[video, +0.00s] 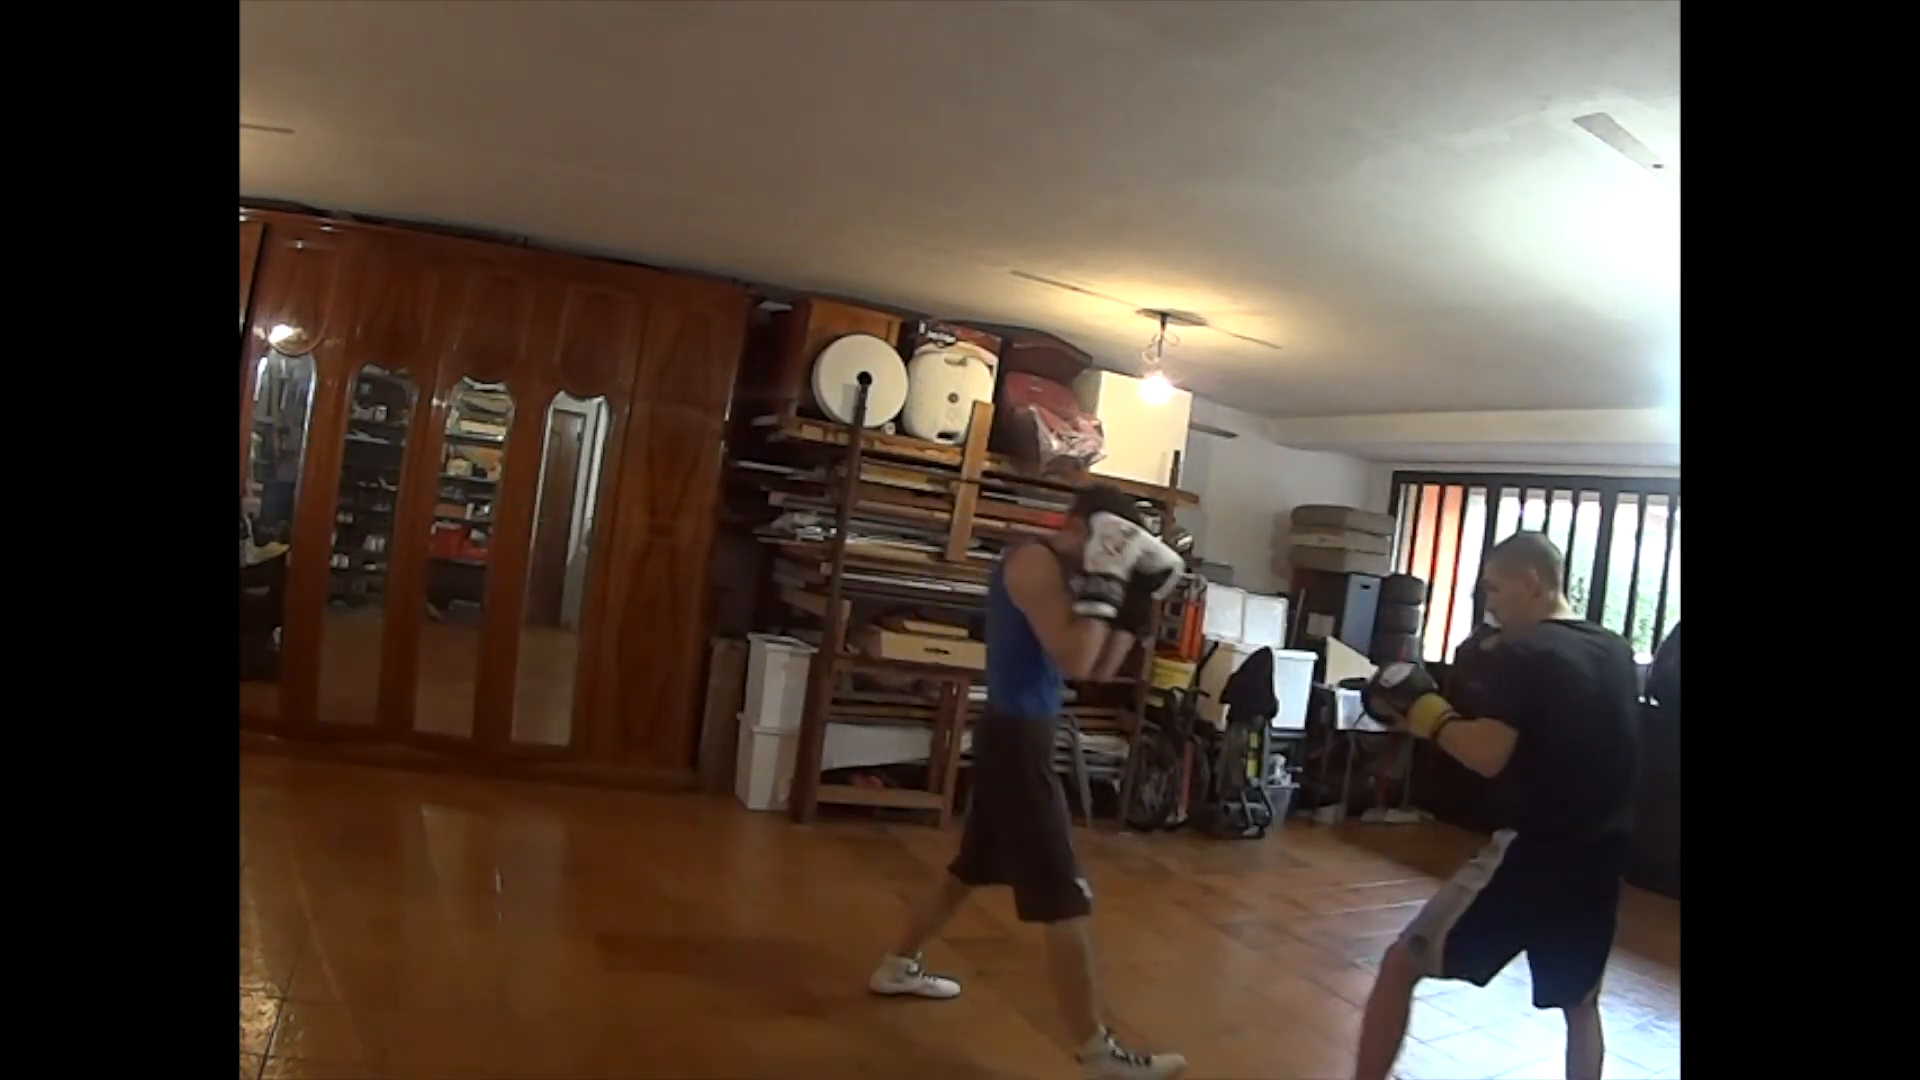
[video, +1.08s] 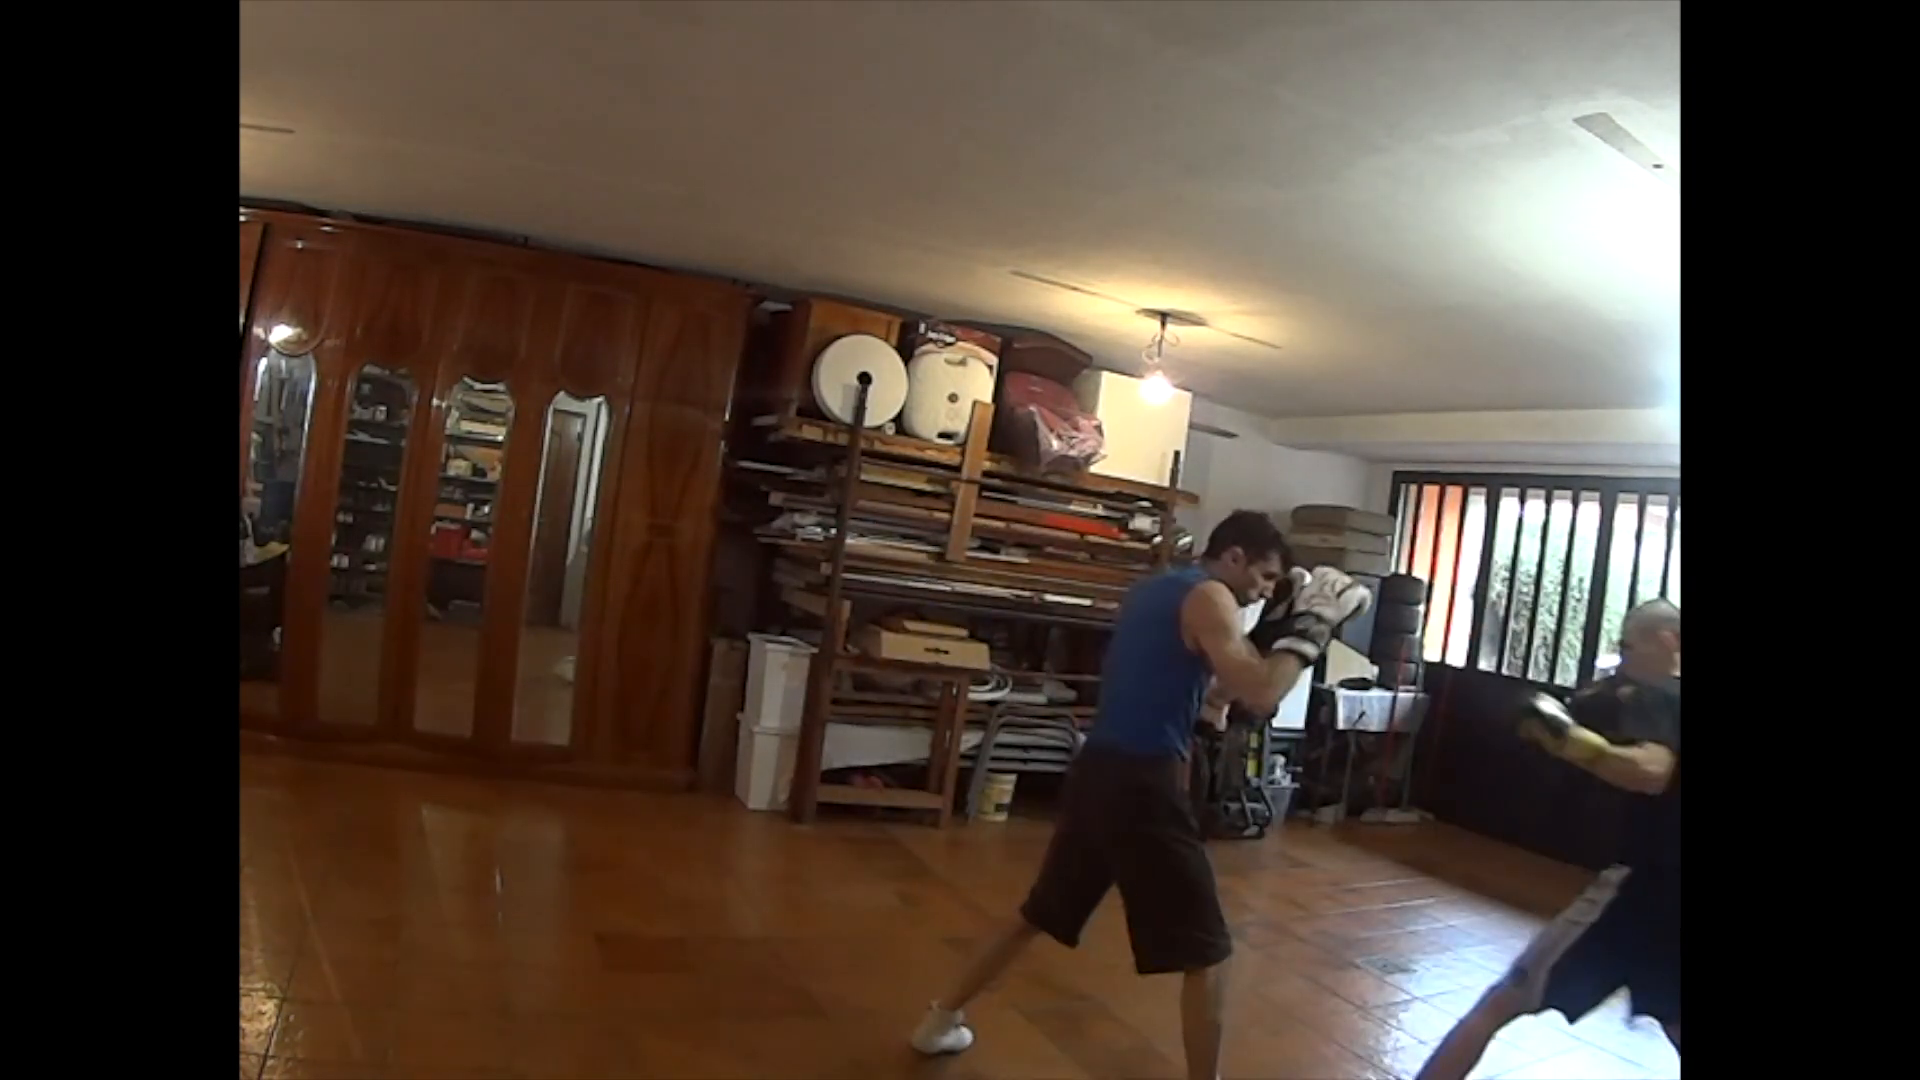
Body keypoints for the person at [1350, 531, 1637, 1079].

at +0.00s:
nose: (1488, 606)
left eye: (1492, 591)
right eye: (1486, 593)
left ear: (1532, 582)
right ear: (1550, 584)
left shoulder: (1520, 652)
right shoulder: (1614, 650)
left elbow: (1487, 753)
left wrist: (1425, 713)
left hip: (1526, 852)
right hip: (1598, 855)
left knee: (1401, 964)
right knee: (1583, 1005)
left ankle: (1366, 1076)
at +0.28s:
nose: (1510, 621)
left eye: (1514, 607)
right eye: (1509, 608)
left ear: (1551, 600)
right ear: (1571, 601)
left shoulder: (1545, 668)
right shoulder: (1635, 668)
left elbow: (1501, 764)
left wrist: (1442, 714)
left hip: (1552, 862)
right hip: (1622, 864)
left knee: (1429, 978)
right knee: (1626, 1007)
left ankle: (1382, 1077)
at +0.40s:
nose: (1553, 625)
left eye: (1559, 610)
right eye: (1552, 611)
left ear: (1598, 603)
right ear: (1606, 605)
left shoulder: (1593, 670)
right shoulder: (1669, 671)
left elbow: (1566, 767)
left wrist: (1492, 738)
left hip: (1592, 863)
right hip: (1655, 867)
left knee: (1462, 988)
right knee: (1641, 1014)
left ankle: (1396, 1076)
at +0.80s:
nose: (1585, 634)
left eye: (1590, 619)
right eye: (1583, 621)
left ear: (1629, 612)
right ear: (1638, 615)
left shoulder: (1619, 675)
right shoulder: (1672, 673)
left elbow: (1608, 763)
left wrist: (1516, 746)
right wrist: (1590, 681)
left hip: (1616, 866)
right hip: (1668, 872)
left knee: (1488, 998)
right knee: (1652, 1014)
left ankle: (1418, 1077)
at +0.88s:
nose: (1585, 639)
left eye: (1590, 625)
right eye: (1582, 626)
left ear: (1628, 619)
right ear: (1640, 622)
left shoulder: (1617, 680)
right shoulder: (1672, 680)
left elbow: (1604, 766)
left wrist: (1514, 745)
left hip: (1618, 868)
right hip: (1669, 873)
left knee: (1487, 993)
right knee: (1662, 1011)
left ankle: (1417, 1077)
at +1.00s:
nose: (1601, 655)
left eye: (1609, 644)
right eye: (1601, 643)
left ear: (1648, 638)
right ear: (1652, 640)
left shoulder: (1639, 692)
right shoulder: (1671, 692)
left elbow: (1621, 762)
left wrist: (1540, 728)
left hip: (1625, 879)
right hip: (1668, 885)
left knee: (1482, 998)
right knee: (1672, 1015)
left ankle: (1414, 1075)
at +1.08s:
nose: (1620, 650)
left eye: (1631, 640)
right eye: (1622, 640)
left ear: (1667, 642)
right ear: (1664, 642)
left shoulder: (1661, 698)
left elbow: (1652, 771)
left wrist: (1564, 737)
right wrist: (1549, 728)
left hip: (1645, 879)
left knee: (1499, 1003)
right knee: (1675, 1020)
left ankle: (1425, 1076)